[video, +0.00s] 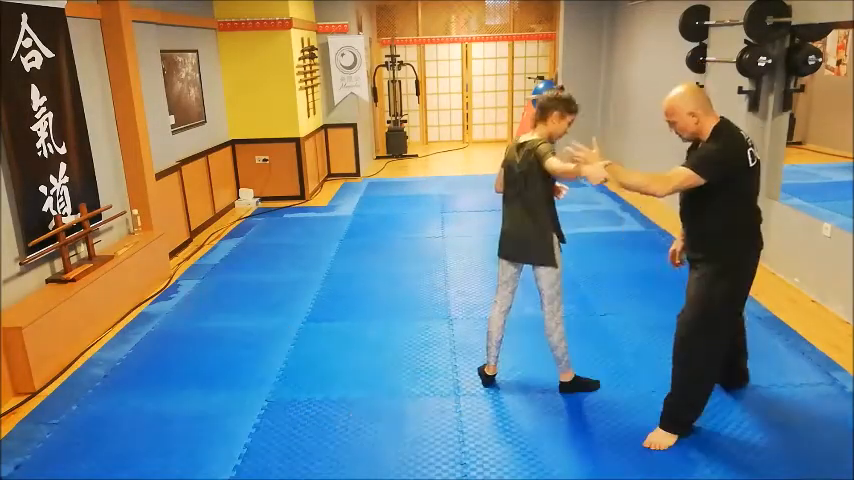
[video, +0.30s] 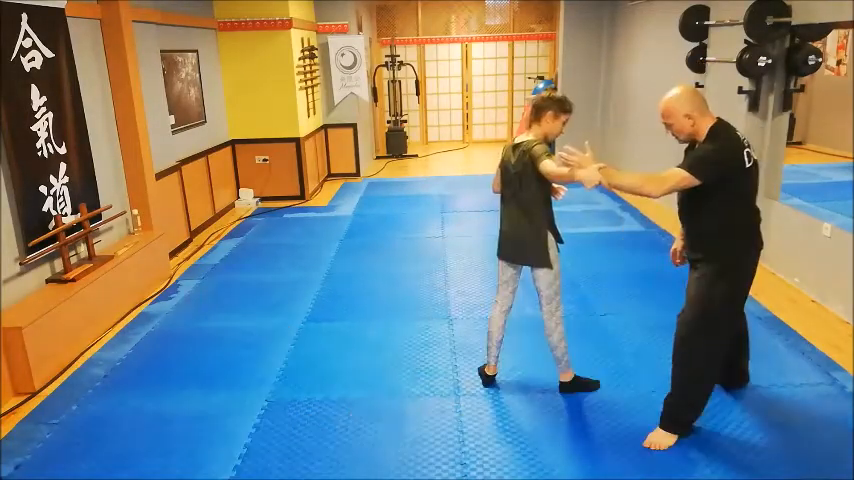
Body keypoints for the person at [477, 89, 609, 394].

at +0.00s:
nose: (567, 130)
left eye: (569, 125)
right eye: (567, 123)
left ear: (545, 117)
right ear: (552, 117)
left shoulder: (515, 146)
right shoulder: (541, 147)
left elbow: (500, 186)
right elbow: (557, 168)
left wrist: (544, 188)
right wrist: (585, 169)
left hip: (511, 235)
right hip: (542, 236)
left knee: (501, 301)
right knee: (552, 307)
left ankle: (489, 368)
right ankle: (566, 376)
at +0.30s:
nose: (563, 129)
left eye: (565, 123)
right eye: (562, 122)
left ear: (539, 118)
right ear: (547, 117)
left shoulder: (511, 147)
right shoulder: (537, 147)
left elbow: (498, 186)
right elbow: (550, 171)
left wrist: (543, 188)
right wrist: (581, 173)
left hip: (510, 236)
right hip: (540, 237)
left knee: (502, 301)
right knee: (551, 306)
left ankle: (490, 368)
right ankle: (566, 376)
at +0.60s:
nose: (558, 124)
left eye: (559, 118)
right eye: (555, 118)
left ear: (531, 117)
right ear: (538, 116)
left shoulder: (508, 147)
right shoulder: (535, 149)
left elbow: (496, 187)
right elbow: (549, 171)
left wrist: (541, 187)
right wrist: (581, 175)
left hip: (508, 237)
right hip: (538, 238)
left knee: (502, 301)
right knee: (551, 308)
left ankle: (490, 368)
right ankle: (566, 376)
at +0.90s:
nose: (554, 125)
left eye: (555, 118)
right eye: (551, 118)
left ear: (530, 116)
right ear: (534, 116)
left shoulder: (504, 149)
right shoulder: (531, 150)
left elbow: (494, 188)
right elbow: (550, 172)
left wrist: (539, 189)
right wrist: (583, 173)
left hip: (507, 237)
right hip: (537, 238)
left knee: (502, 301)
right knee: (550, 307)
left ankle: (490, 368)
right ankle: (566, 376)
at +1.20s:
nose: (551, 128)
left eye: (553, 122)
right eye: (549, 121)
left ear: (528, 118)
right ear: (533, 117)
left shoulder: (502, 148)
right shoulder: (526, 148)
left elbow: (490, 189)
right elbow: (546, 173)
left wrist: (535, 190)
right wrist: (579, 175)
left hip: (504, 238)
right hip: (534, 238)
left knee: (501, 301)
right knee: (554, 304)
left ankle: (490, 369)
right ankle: (566, 375)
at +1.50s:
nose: (556, 133)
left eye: (558, 127)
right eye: (555, 126)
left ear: (532, 122)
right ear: (537, 121)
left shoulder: (508, 147)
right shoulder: (529, 149)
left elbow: (519, 179)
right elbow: (540, 172)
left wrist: (547, 181)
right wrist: (568, 180)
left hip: (500, 234)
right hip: (527, 236)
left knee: (499, 301)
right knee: (554, 300)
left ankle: (489, 369)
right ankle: (565, 372)